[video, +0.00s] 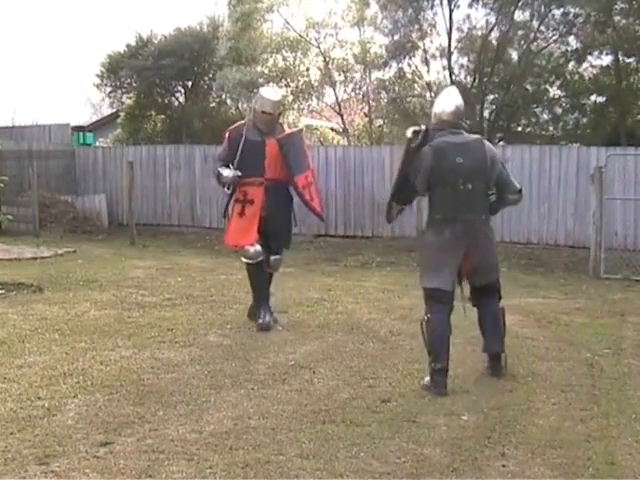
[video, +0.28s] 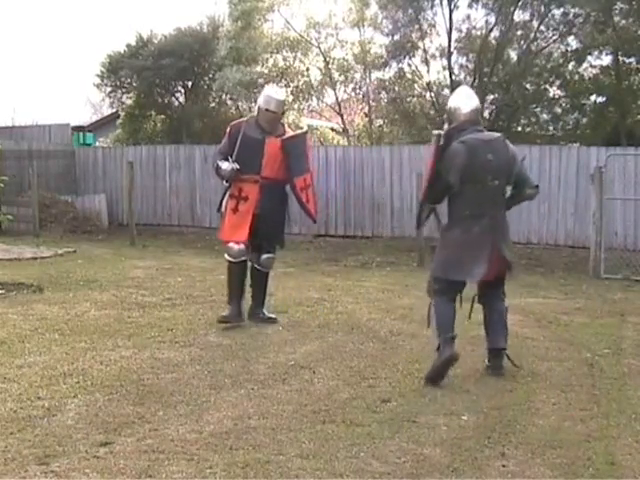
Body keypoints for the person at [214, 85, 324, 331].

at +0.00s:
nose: (268, 118)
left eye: (273, 114)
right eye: (264, 113)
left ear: (278, 113)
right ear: (254, 110)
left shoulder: (286, 137)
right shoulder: (238, 134)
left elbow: (300, 169)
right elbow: (221, 164)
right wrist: (226, 174)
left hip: (277, 200)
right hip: (247, 200)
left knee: (275, 257)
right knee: (252, 252)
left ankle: (259, 303)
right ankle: (263, 305)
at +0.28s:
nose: (271, 117)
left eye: (276, 113)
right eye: (267, 111)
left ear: (282, 114)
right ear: (258, 109)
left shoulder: (287, 138)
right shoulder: (239, 130)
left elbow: (297, 172)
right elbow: (219, 158)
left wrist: (293, 148)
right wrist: (224, 168)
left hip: (271, 203)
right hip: (240, 200)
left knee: (265, 257)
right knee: (236, 252)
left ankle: (257, 308)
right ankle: (234, 308)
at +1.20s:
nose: (239, 118)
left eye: (243, 113)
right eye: (235, 113)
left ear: (247, 113)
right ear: (223, 110)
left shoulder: (252, 138)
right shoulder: (204, 133)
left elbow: (265, 173)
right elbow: (182, 165)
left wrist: (264, 144)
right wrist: (194, 168)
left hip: (244, 200)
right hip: (212, 200)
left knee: (248, 259)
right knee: (204, 255)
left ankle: (255, 308)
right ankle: (196, 310)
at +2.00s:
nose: (205, 118)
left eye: (209, 112)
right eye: (201, 112)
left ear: (213, 112)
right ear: (188, 111)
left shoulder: (218, 137)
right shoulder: (172, 136)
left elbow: (237, 173)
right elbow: (151, 168)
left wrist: (237, 147)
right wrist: (163, 173)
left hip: (218, 199)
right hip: (188, 201)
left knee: (222, 256)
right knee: (189, 257)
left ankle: (217, 315)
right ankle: (194, 311)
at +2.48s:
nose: (218, 121)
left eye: (221, 116)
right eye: (215, 114)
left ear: (223, 116)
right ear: (201, 109)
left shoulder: (222, 142)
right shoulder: (172, 130)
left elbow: (239, 175)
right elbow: (148, 159)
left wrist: (247, 151)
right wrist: (159, 164)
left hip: (211, 204)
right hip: (178, 202)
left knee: (212, 264)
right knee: (169, 258)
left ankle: (210, 320)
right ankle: (174, 306)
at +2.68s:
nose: (215, 119)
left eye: (217, 115)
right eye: (211, 113)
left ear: (217, 115)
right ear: (196, 108)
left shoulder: (216, 141)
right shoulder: (168, 130)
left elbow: (230, 174)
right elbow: (141, 159)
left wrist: (240, 155)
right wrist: (155, 162)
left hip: (205, 206)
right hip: (173, 204)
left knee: (209, 266)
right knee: (158, 259)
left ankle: (210, 321)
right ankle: (138, 320)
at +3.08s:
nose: (179, 119)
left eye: (182, 115)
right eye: (175, 113)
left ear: (183, 116)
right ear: (161, 110)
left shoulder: (183, 141)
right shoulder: (139, 136)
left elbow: (195, 174)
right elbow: (120, 167)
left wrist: (218, 157)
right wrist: (142, 171)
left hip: (181, 209)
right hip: (149, 208)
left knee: (197, 268)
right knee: (139, 266)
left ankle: (209, 321)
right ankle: (126, 325)